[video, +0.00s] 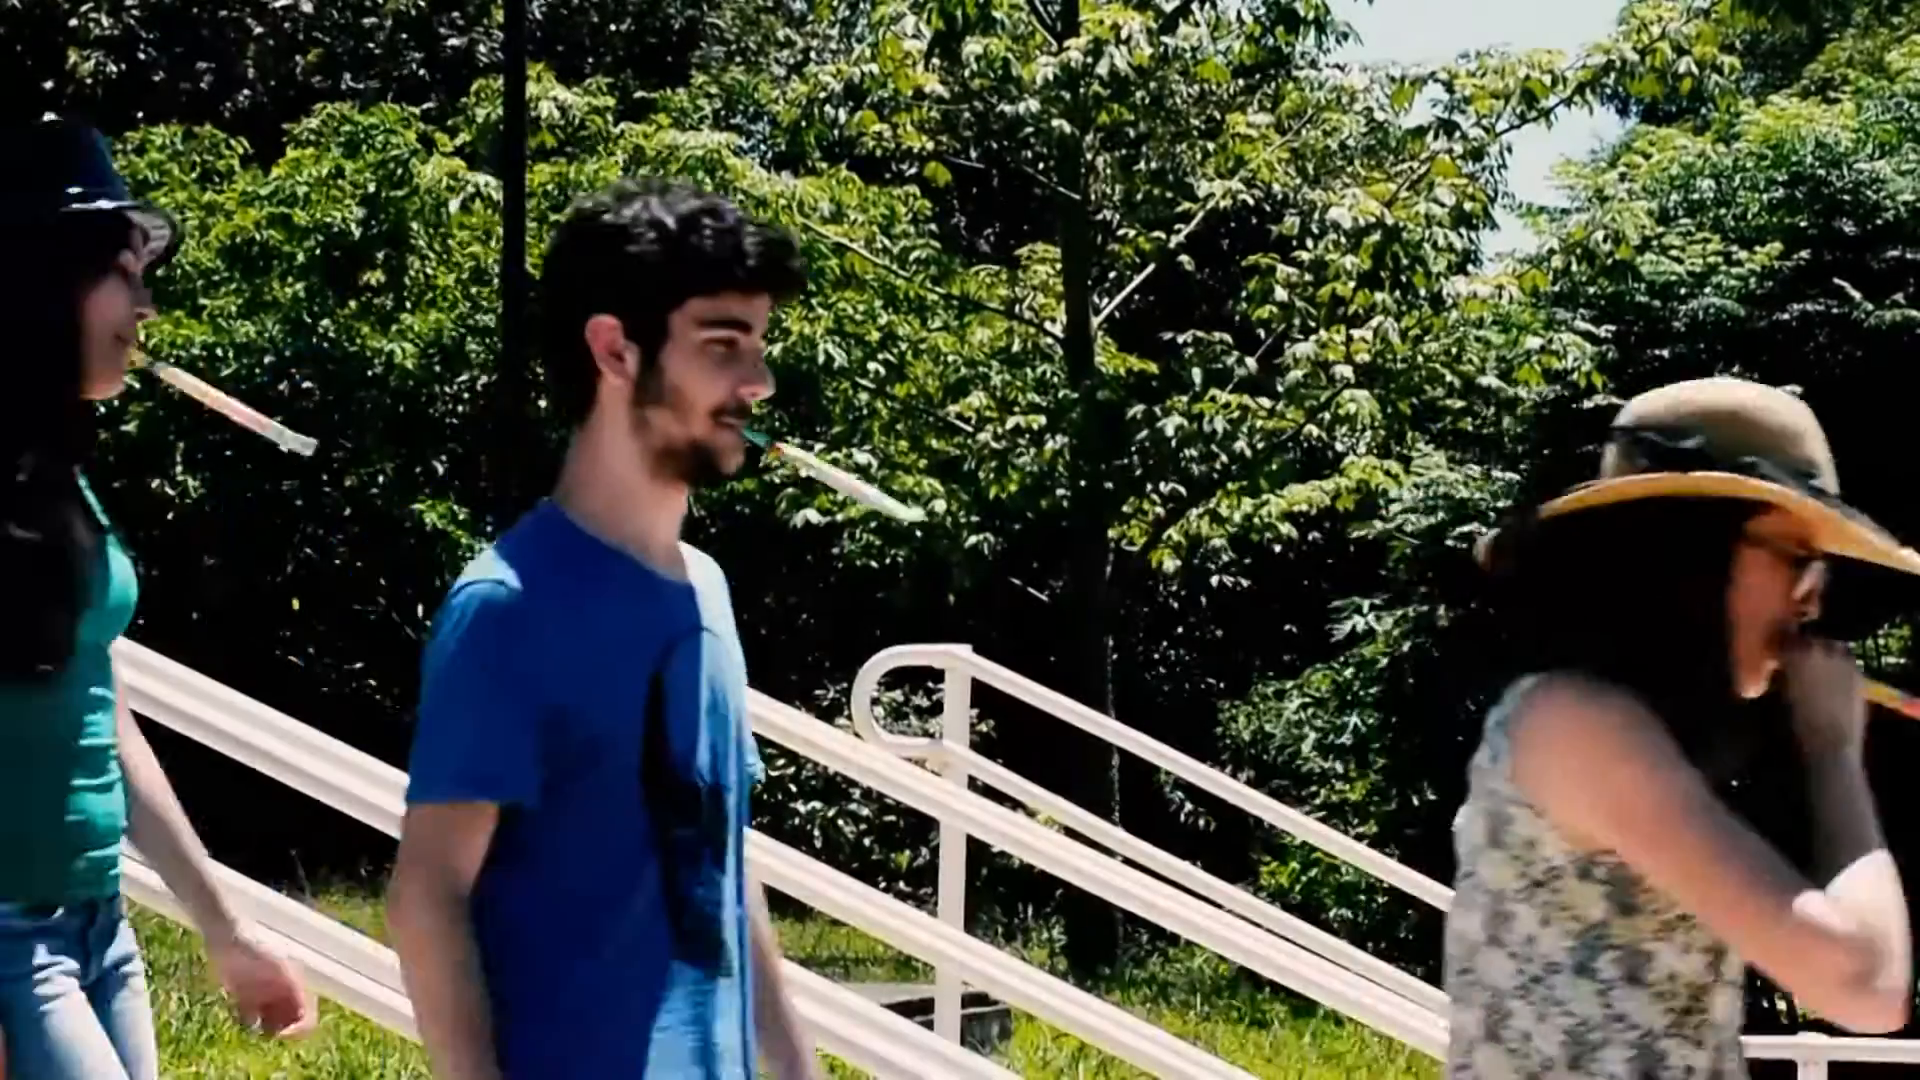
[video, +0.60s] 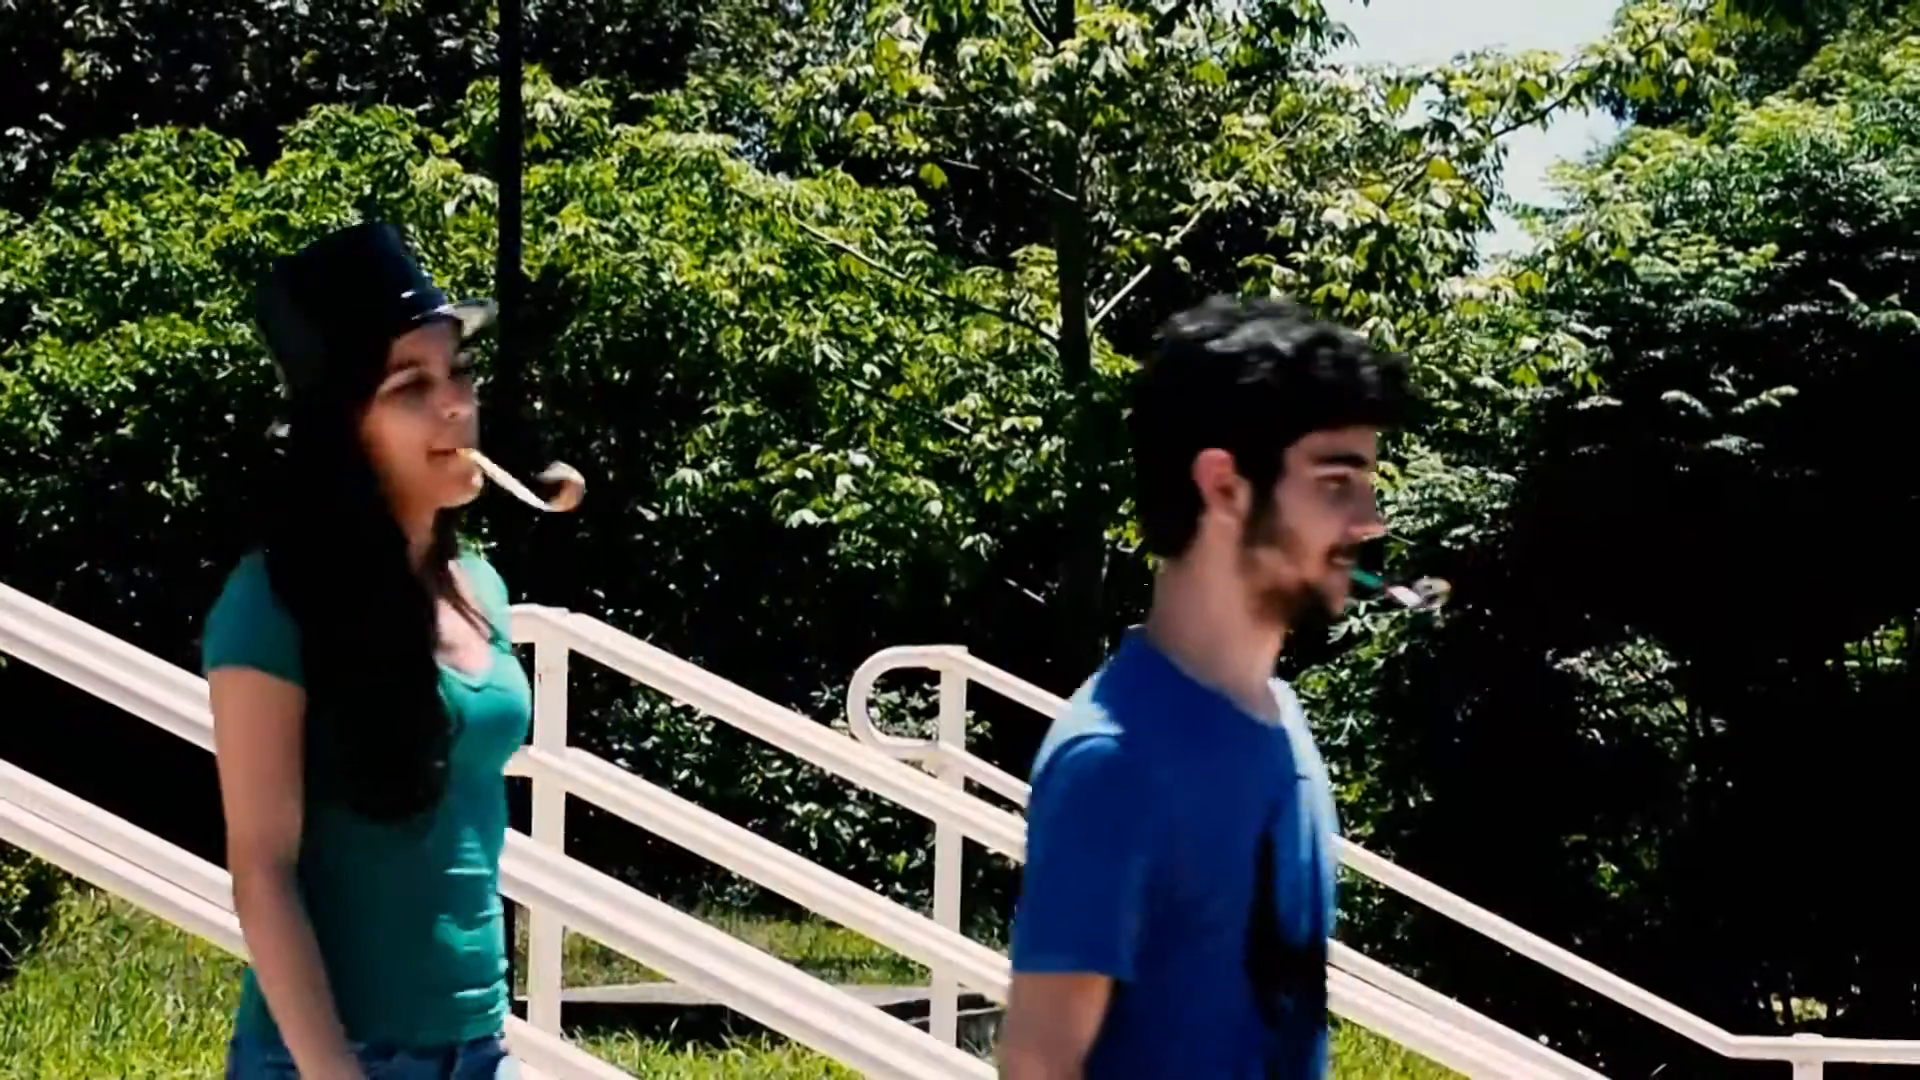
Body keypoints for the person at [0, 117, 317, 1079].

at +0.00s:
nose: (143, 308)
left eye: (142, 278)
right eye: (119, 276)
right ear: (38, 290)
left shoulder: (62, 486)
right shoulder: (8, 493)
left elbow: (104, 722)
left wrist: (223, 929)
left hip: (100, 924)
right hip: (11, 940)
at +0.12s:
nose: (215, 293)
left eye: (212, 264)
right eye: (191, 264)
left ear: (127, 283)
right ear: (110, 276)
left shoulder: (137, 453)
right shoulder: (25, 457)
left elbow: (163, 698)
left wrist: (323, 860)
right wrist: (3, 987)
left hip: (154, 925)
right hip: (58, 936)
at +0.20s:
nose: (259, 322)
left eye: (256, 292)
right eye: (232, 293)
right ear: (153, 306)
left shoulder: (176, 480)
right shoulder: (66, 488)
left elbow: (201, 738)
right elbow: (4, 755)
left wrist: (378, 852)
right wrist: (39, 1007)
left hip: (200, 961)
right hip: (107, 968)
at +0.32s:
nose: (318, 387)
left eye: (310, 360)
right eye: (277, 372)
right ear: (201, 402)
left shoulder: (262, 558)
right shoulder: (130, 563)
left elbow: (286, 826)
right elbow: (86, 827)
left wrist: (462, 939)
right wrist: (129, 1060)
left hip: (274, 1029)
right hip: (167, 1034)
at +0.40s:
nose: (346, 435)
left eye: (343, 401)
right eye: (300, 418)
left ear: (359, 405)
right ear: (233, 454)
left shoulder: (339, 607)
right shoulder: (168, 610)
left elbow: (357, 862)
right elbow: (155, 880)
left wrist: (487, 1043)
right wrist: (194, 1069)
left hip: (327, 1046)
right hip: (212, 1047)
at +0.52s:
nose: (394, 435)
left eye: (395, 398)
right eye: (348, 419)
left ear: (412, 401)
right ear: (282, 457)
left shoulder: (420, 601)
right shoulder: (221, 619)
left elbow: (437, 864)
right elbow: (215, 884)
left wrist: (450, 1050)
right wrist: (279, 1068)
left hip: (415, 1047)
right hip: (277, 1047)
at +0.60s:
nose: (454, 407)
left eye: (457, 373)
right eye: (410, 387)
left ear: (469, 380)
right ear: (338, 423)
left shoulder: (474, 584)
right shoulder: (270, 606)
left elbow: (462, 828)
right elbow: (262, 870)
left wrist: (482, 1025)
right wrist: (330, 1066)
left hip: (472, 1041)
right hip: (331, 1046)